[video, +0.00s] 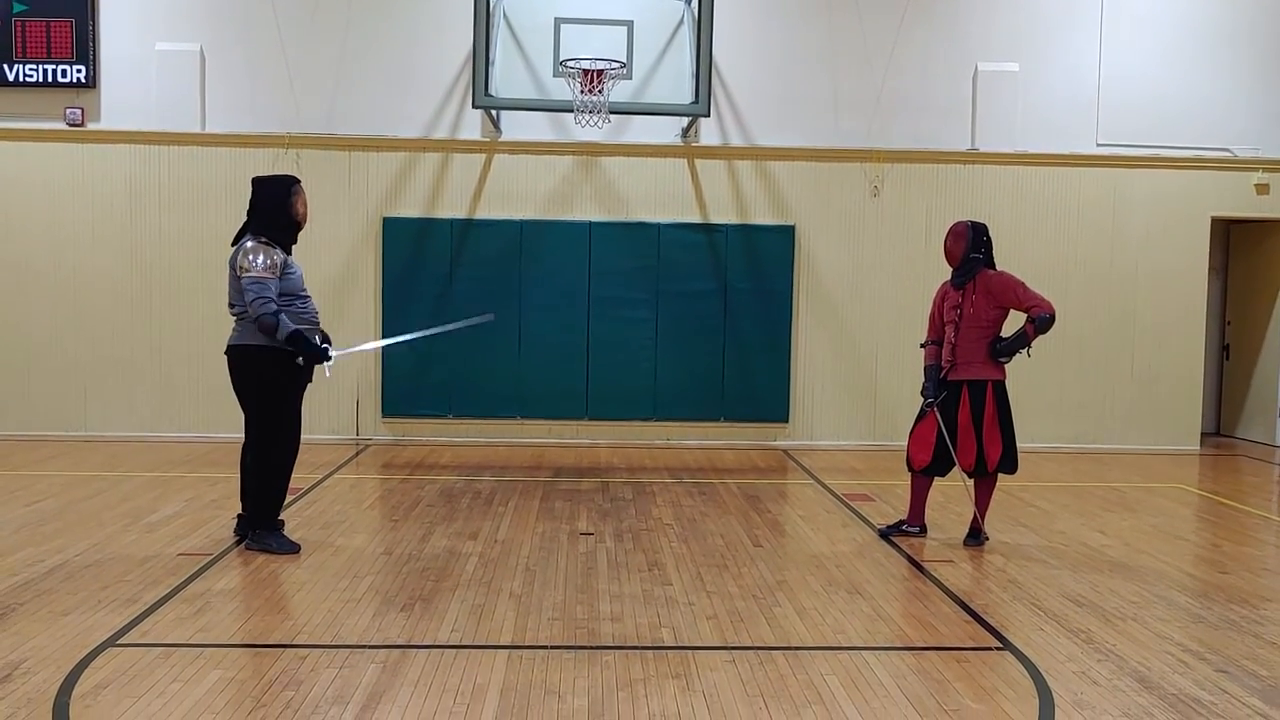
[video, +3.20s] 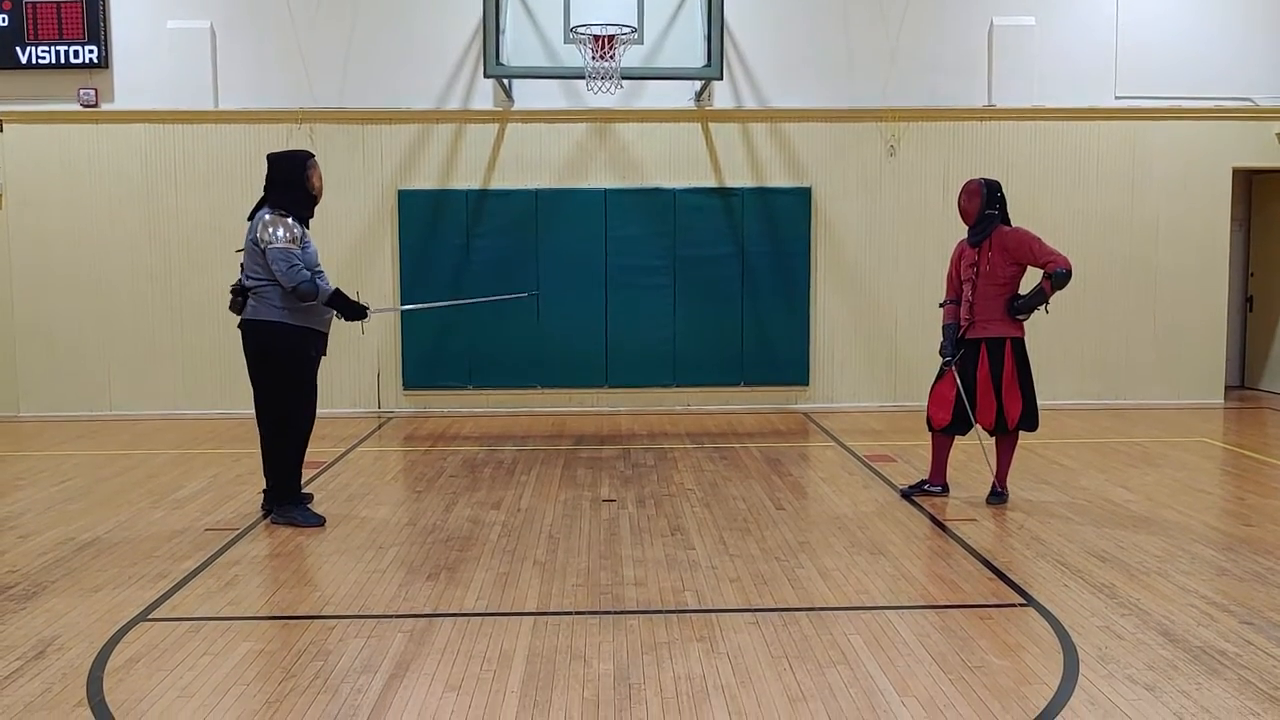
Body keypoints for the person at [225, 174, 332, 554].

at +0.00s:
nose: (306, 209)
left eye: (305, 201)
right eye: (300, 201)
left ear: (275, 206)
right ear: (281, 205)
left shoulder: (272, 250)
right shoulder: (259, 249)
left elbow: (285, 306)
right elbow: (261, 309)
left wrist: (314, 332)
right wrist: (297, 338)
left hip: (274, 355)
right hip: (263, 356)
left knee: (267, 438)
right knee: (276, 440)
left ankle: (255, 520)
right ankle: (261, 527)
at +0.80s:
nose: (317, 200)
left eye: (317, 192)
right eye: (312, 192)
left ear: (292, 196)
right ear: (290, 193)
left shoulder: (287, 237)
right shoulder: (261, 234)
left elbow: (298, 287)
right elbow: (286, 281)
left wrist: (306, 344)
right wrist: (337, 307)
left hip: (288, 343)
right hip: (264, 342)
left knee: (286, 424)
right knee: (271, 425)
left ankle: (271, 501)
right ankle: (266, 509)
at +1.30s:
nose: (321, 190)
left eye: (320, 182)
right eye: (315, 182)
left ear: (298, 185)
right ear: (294, 184)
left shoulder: (292, 230)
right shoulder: (269, 226)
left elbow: (296, 284)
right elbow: (299, 268)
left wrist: (329, 299)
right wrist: (355, 272)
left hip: (295, 337)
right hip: (273, 336)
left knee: (293, 422)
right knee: (280, 422)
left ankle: (277, 497)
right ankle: (274, 506)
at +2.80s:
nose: (324, 195)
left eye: (324, 187)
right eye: (319, 187)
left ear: (292, 190)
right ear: (301, 190)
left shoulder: (288, 233)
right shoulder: (279, 233)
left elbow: (305, 289)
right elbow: (301, 290)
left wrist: (340, 315)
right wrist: (342, 315)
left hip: (291, 340)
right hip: (280, 341)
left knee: (293, 423)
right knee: (292, 424)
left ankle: (285, 501)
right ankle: (282, 511)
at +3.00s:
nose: (325, 191)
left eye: (324, 182)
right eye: (320, 183)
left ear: (295, 187)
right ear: (301, 186)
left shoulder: (286, 227)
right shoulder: (278, 229)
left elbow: (254, 276)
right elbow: (296, 283)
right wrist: (340, 309)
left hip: (291, 337)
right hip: (277, 337)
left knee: (293, 419)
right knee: (288, 420)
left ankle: (283, 498)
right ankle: (283, 507)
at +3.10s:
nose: (324, 186)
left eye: (322, 178)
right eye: (318, 178)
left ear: (292, 183)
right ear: (300, 182)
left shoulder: (283, 222)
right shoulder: (278, 224)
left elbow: (249, 266)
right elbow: (295, 280)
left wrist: (242, 290)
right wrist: (339, 304)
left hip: (287, 334)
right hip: (277, 334)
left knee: (292, 416)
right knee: (288, 417)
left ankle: (283, 494)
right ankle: (283, 504)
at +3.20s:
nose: (320, 183)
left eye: (319, 175)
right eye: (315, 175)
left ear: (290, 179)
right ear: (297, 178)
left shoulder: (285, 220)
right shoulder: (275, 220)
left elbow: (297, 277)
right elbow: (295, 277)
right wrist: (338, 300)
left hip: (289, 332)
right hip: (276, 332)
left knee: (294, 413)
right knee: (286, 414)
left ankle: (284, 492)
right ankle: (282, 502)